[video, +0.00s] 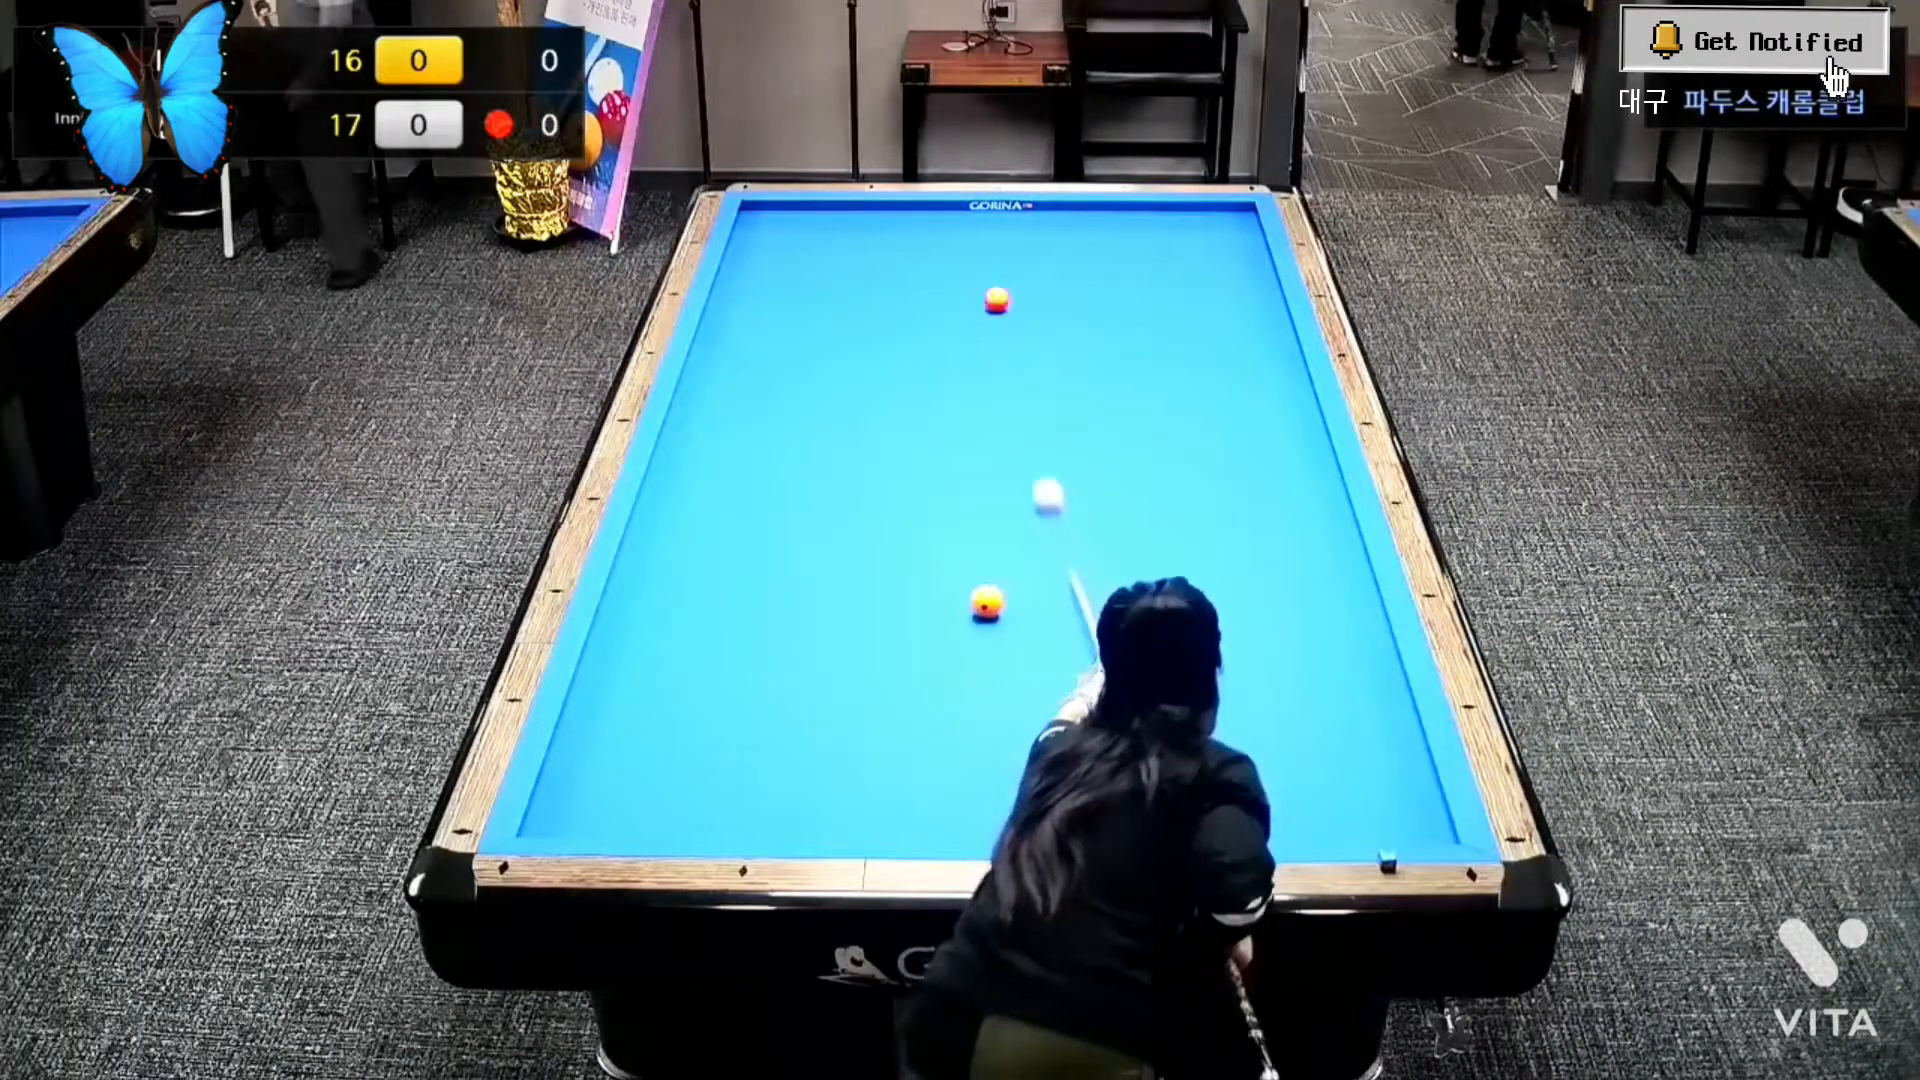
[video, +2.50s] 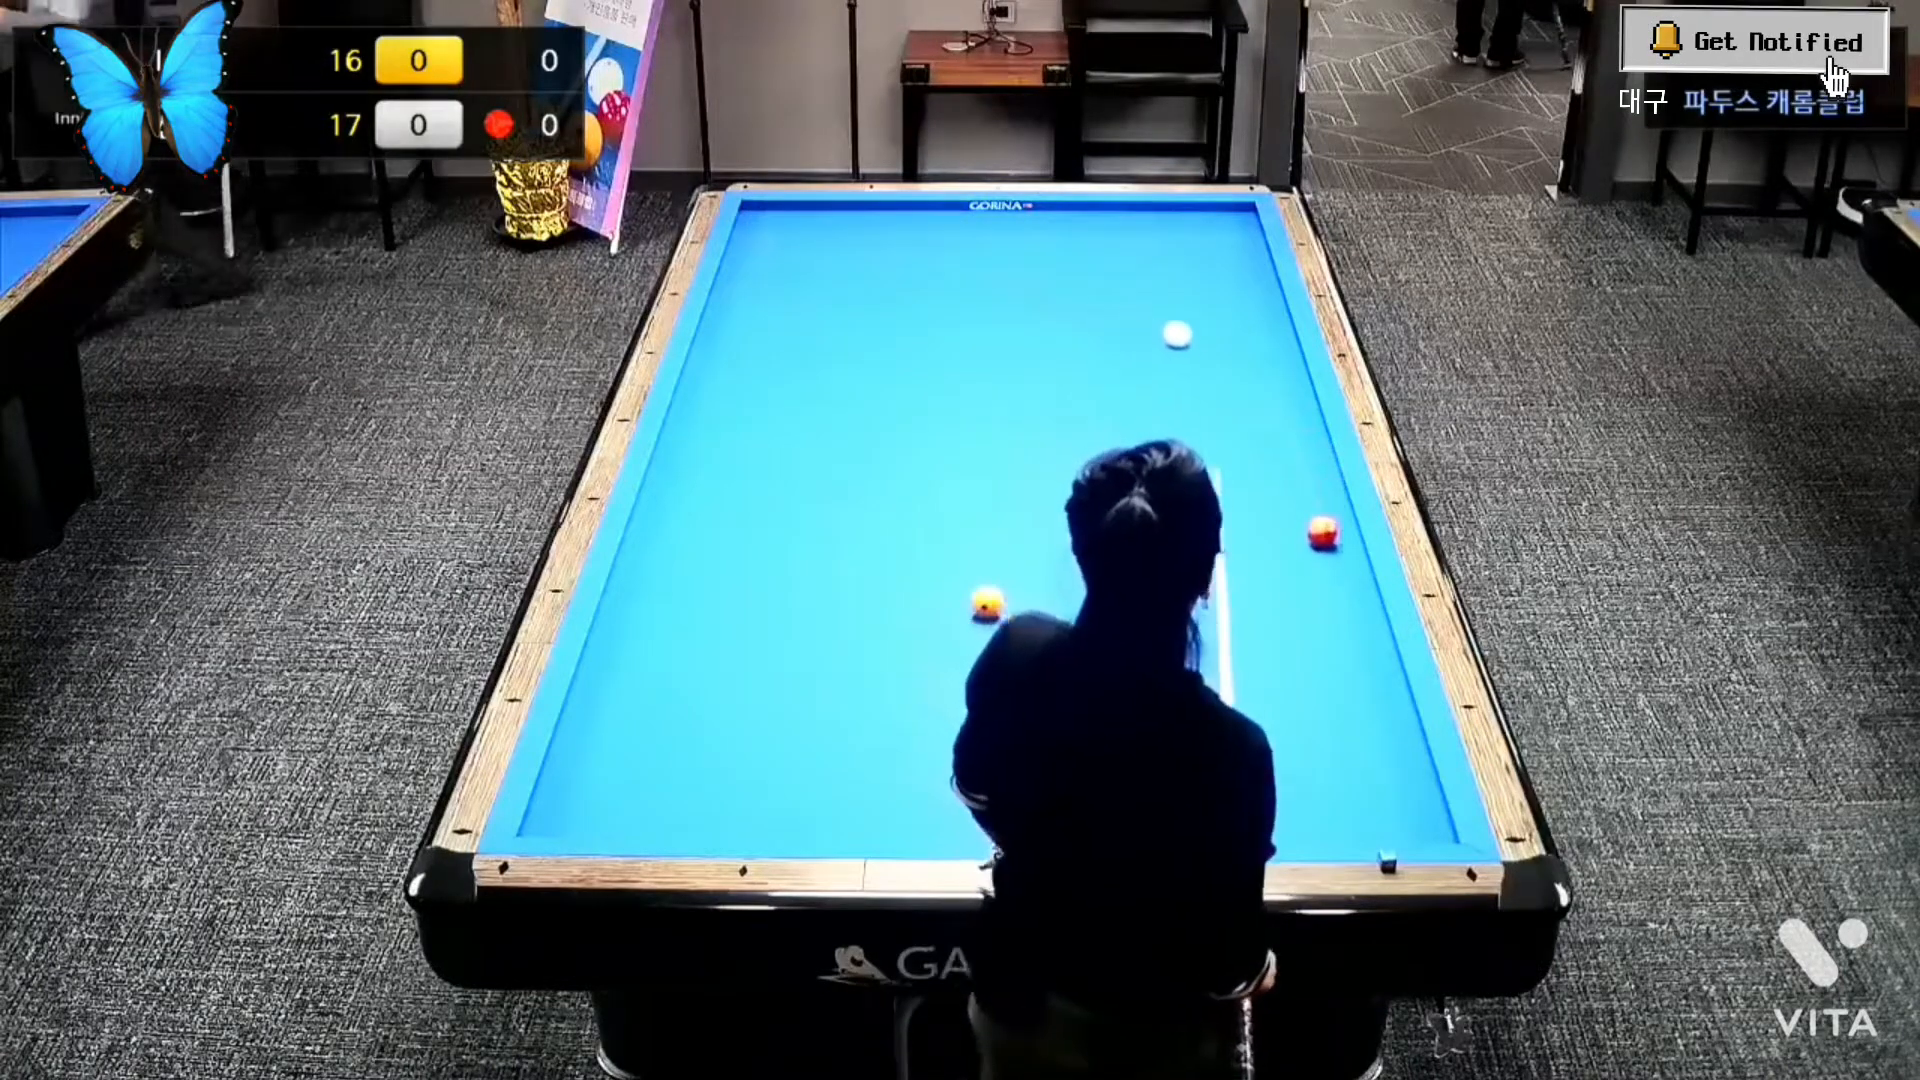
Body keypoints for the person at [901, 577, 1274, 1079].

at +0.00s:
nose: (1220, 672)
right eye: (1216, 660)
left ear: (1112, 671)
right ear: (1205, 669)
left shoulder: (1058, 748)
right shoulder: (1221, 771)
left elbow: (1077, 708)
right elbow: (1233, 872)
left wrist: (1104, 669)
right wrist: (1232, 937)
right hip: (1109, 1037)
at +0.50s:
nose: (1208, 660)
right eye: (1203, 648)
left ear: (1103, 656)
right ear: (1196, 658)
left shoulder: (1049, 740)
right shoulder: (1217, 764)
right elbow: (1232, 874)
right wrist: (1223, 943)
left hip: (988, 1012)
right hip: (1112, 1029)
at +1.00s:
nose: (1181, 607)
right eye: (1177, 595)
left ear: (1075, 601)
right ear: (1167, 606)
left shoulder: (1020, 696)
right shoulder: (1186, 726)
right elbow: (1192, 873)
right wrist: (1199, 923)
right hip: (1069, 1016)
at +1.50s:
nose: (1150, 511)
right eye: (1146, 497)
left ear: (1031, 503)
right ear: (1137, 517)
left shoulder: (973, 616)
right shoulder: (1150, 670)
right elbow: (1144, 854)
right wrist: (1171, 908)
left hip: (949, 964)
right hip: (1075, 984)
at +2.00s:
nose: (1174, 540)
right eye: (1173, 526)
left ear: (1045, 526)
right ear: (1169, 543)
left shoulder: (986, 626)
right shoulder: (1191, 715)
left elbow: (933, 771)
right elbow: (1192, 924)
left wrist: (981, 858)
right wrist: (1219, 951)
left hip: (990, 987)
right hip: (1133, 1005)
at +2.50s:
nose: (1216, 562)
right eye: (1212, 548)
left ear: (1081, 556)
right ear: (1204, 570)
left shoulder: (1019, 651)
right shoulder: (1234, 749)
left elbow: (974, 779)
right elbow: (1226, 954)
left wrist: (1032, 853)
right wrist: (1254, 969)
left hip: (1025, 1008)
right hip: (1173, 1027)